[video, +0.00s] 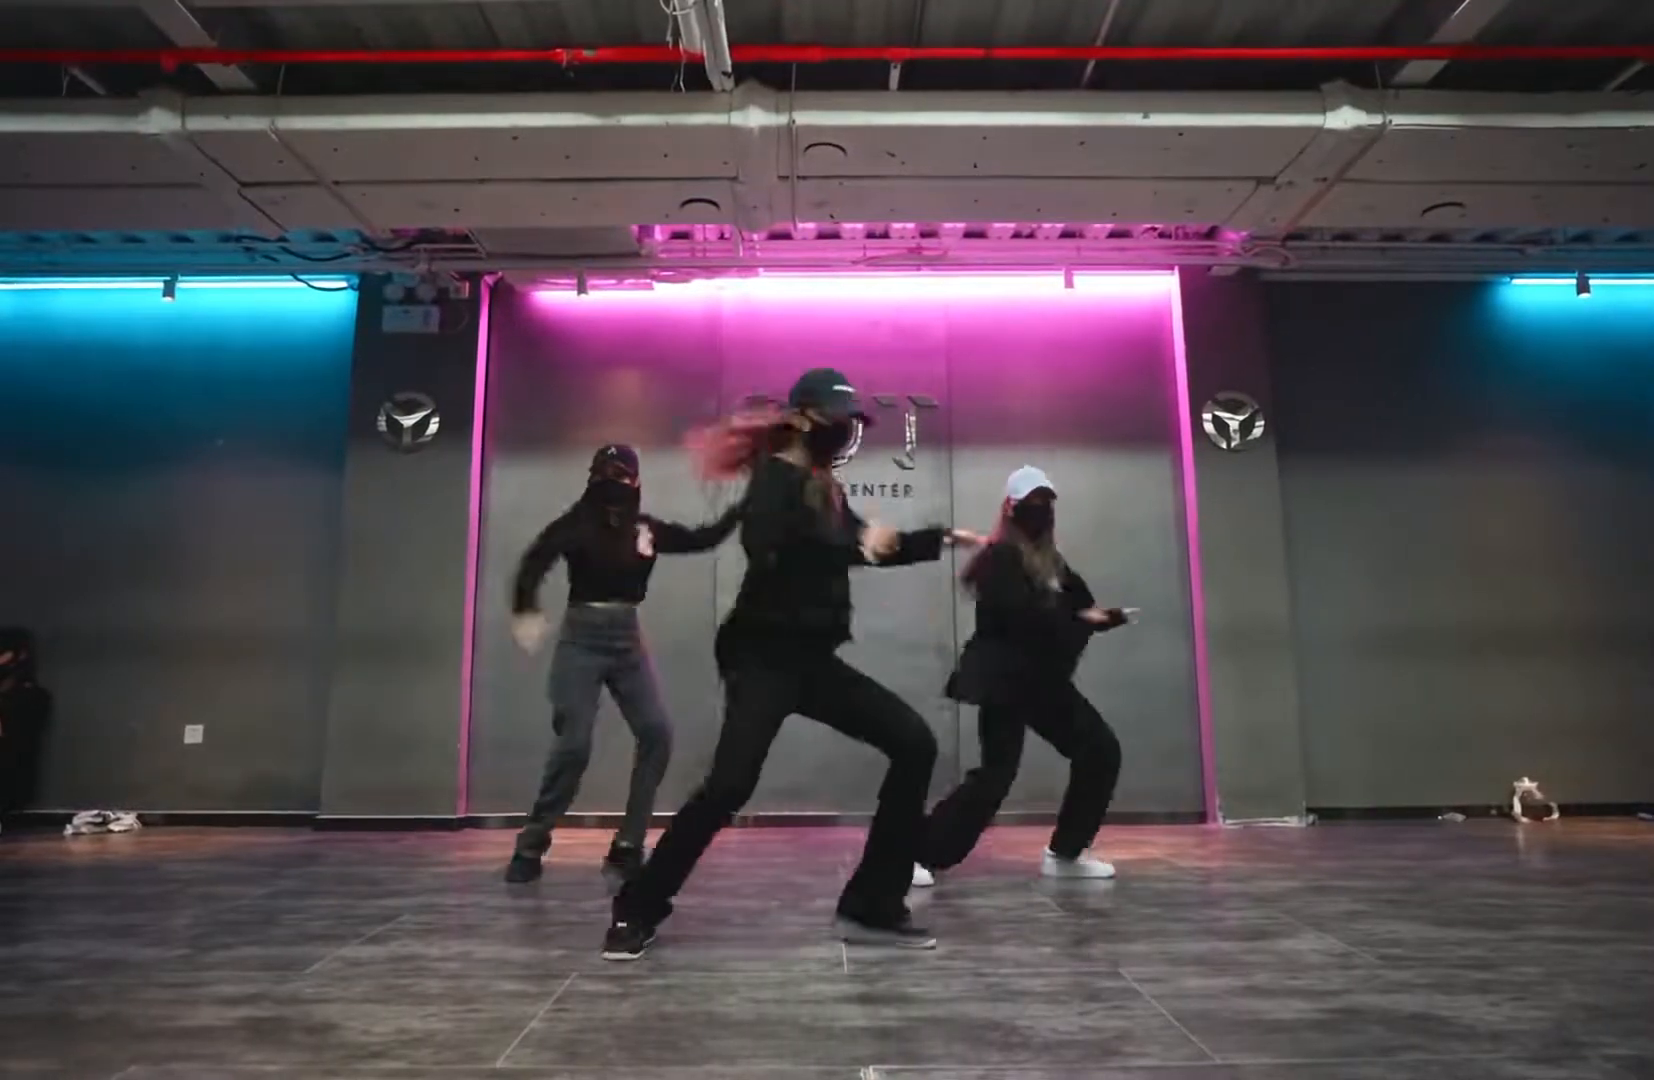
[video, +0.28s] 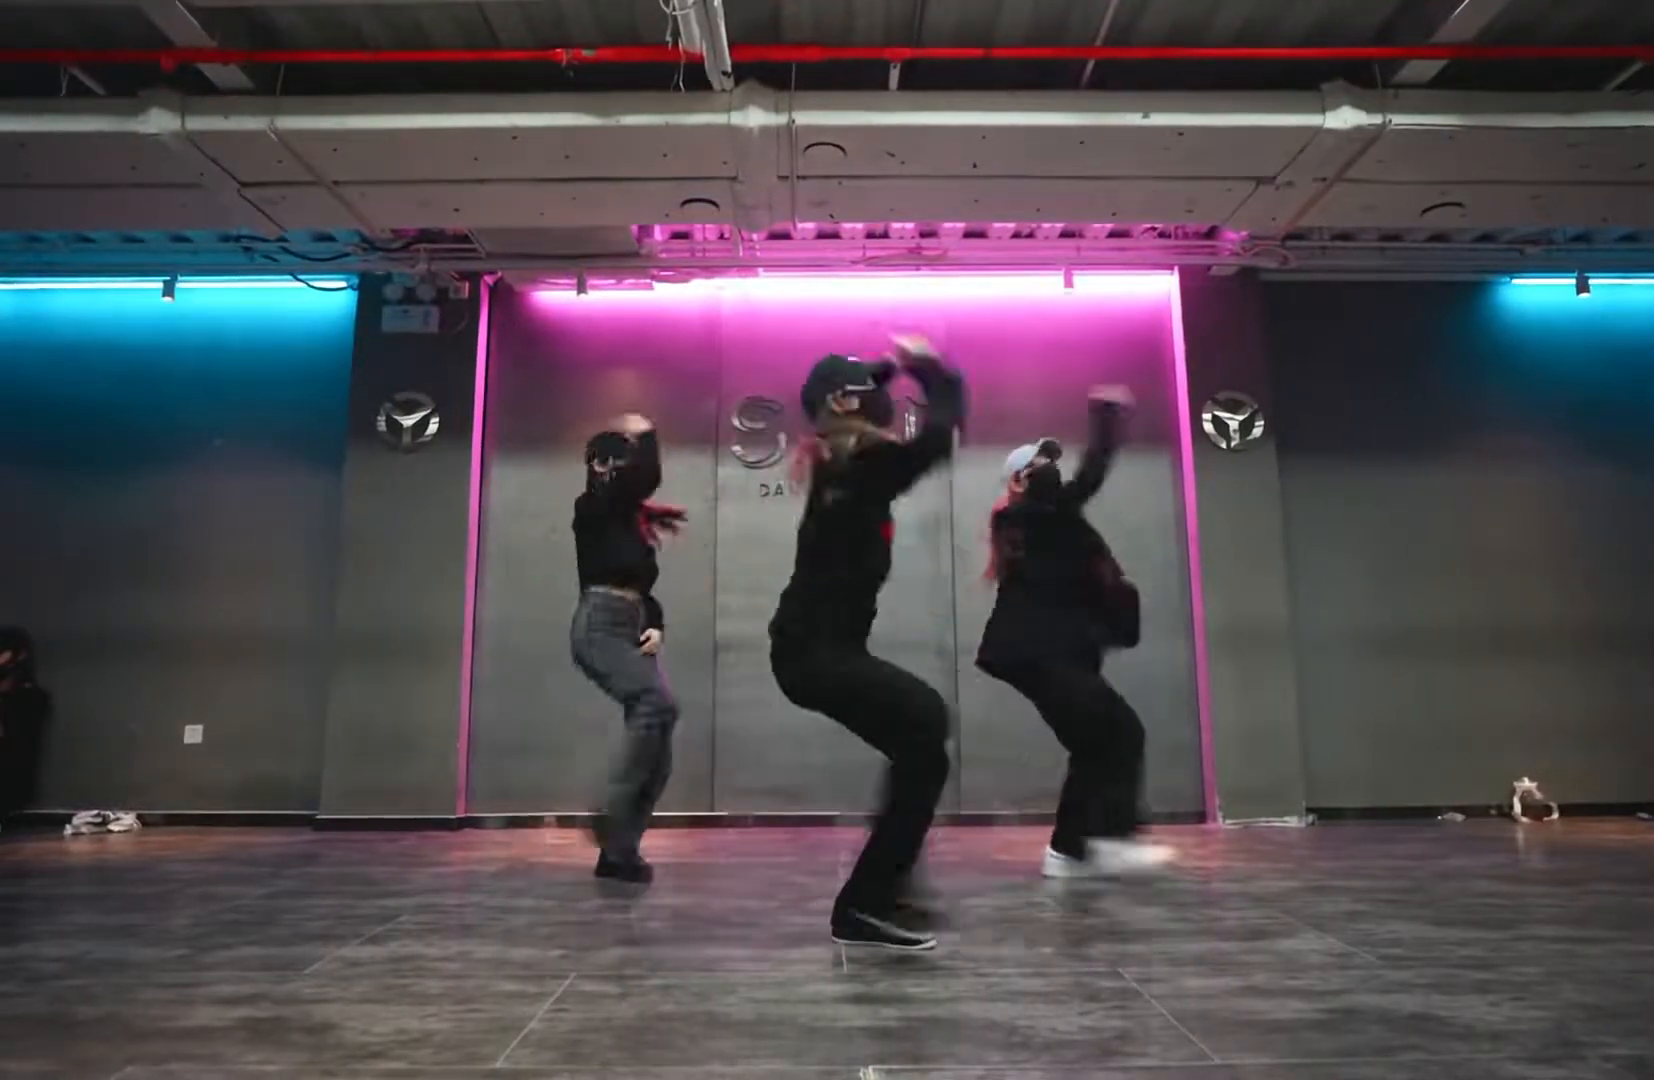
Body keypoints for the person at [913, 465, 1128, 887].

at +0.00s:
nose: (1042, 510)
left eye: (1047, 502)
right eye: (1033, 502)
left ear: (1053, 507)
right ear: (1012, 508)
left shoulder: (1047, 558)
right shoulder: (999, 558)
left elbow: (1076, 600)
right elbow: (1018, 618)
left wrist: (1094, 616)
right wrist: (1078, 619)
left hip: (1043, 683)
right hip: (1003, 682)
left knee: (1100, 751)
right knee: (997, 774)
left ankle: (1066, 853)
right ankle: (921, 853)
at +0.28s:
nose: (1054, 468)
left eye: (1052, 463)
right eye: (1042, 465)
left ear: (1038, 478)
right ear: (1022, 478)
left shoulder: (1047, 513)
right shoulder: (1030, 514)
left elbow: (1089, 478)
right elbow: (1082, 484)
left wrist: (1105, 419)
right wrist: (1103, 423)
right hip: (1036, 649)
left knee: (1093, 741)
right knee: (1121, 730)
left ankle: (1069, 848)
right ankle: (1113, 837)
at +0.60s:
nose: (1054, 478)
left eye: (1053, 471)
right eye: (1045, 472)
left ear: (1025, 480)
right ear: (1025, 479)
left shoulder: (1041, 515)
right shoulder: (1029, 516)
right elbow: (1081, 556)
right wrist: (1123, 508)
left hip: (1053, 653)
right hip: (1035, 657)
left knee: (1095, 746)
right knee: (1093, 746)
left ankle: (1076, 854)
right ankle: (994, 799)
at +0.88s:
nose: (1053, 504)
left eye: (1057, 497)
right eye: (1044, 496)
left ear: (1064, 500)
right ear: (1020, 498)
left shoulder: (1067, 546)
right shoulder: (985, 532)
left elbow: (1091, 618)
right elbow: (930, 513)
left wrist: (1092, 677)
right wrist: (985, 487)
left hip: (1053, 667)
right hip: (997, 666)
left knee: (1132, 714)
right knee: (988, 766)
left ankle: (1110, 813)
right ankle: (927, 858)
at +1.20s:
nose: (1064, 461)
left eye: (1070, 452)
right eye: (1055, 452)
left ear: (1078, 455)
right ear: (1033, 454)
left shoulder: (1090, 508)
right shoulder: (1000, 502)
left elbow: (1117, 567)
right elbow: (975, 555)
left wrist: (1152, 605)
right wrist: (1030, 523)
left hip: (1075, 633)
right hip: (1015, 631)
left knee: (1112, 729)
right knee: (995, 731)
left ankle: (1122, 835)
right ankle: (957, 834)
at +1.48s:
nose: (1069, 462)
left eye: (1076, 455)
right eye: (1061, 454)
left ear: (1086, 462)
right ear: (1046, 461)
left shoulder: (1104, 518)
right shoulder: (1025, 516)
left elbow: (1094, 580)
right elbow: (1008, 578)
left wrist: (1053, 619)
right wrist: (1025, 618)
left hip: (1094, 645)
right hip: (1042, 646)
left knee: (1099, 745)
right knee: (1043, 748)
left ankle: (1128, 846)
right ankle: (1041, 849)